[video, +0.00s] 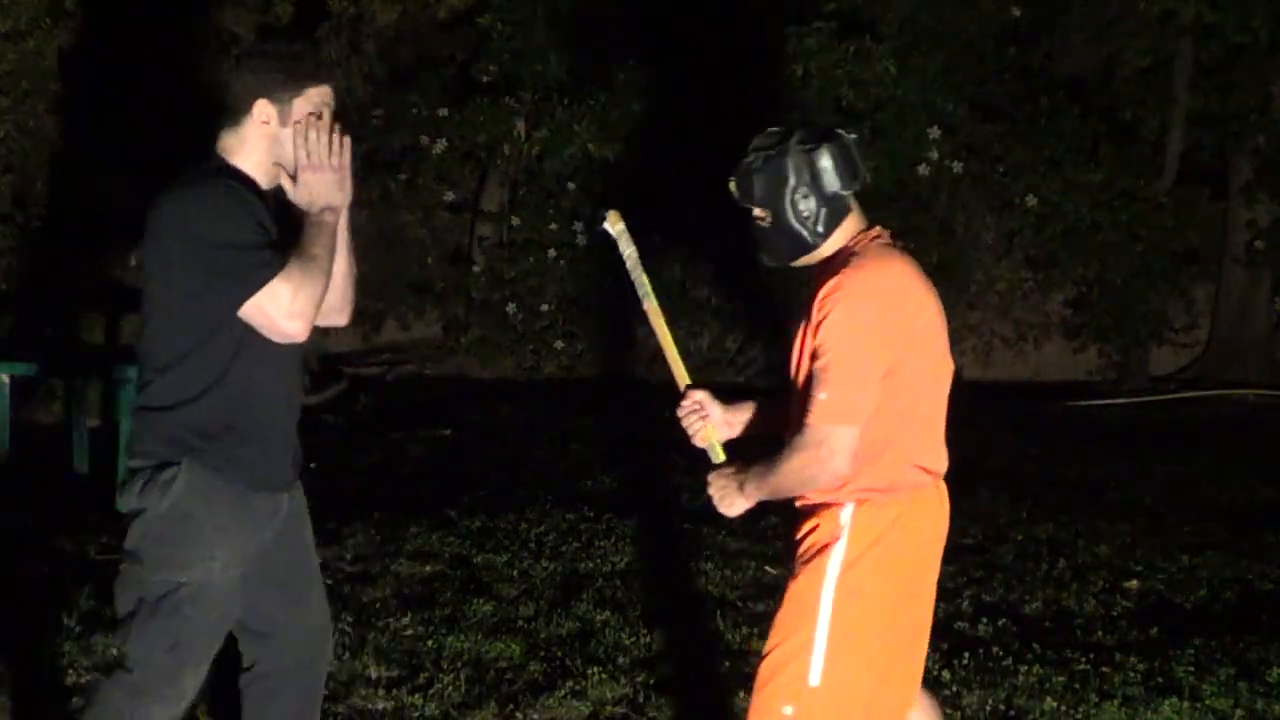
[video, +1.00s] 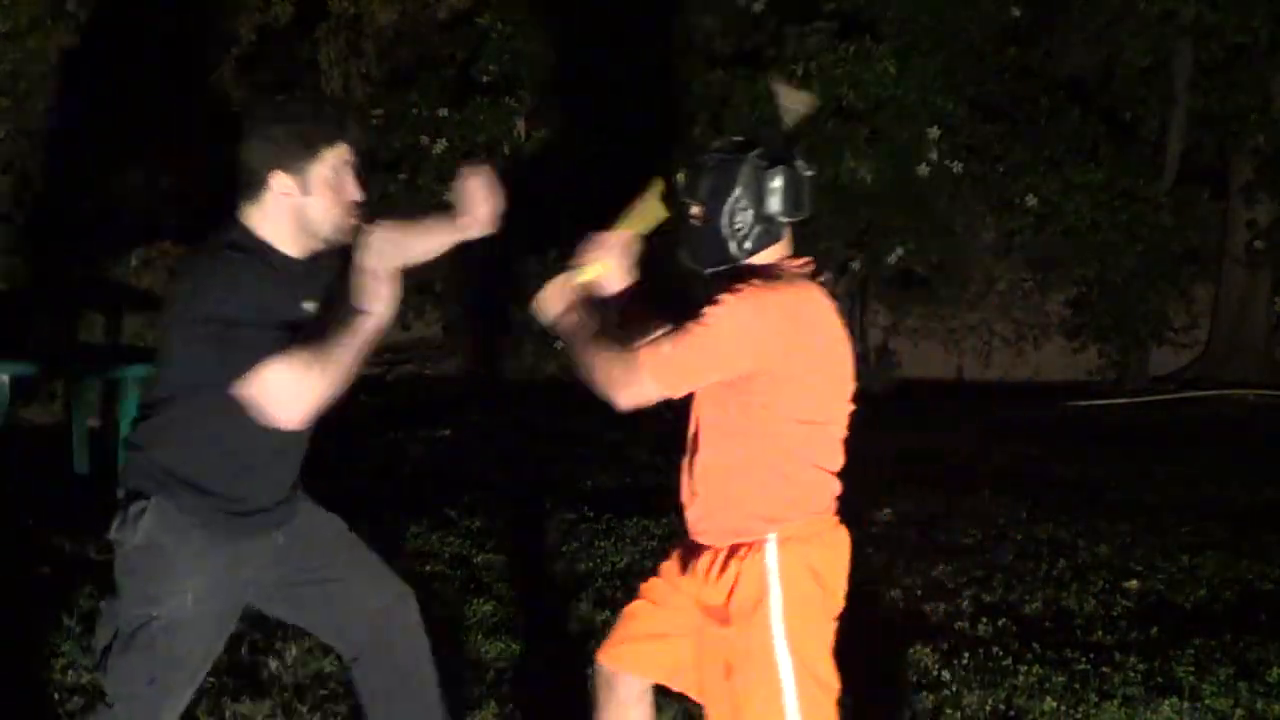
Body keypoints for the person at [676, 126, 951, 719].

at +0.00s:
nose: (756, 223)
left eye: (762, 208)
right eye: (754, 209)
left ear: (799, 206)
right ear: (827, 195)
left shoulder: (858, 290)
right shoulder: (875, 274)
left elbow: (828, 455)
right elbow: (828, 407)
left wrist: (749, 484)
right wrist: (737, 418)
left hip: (865, 527)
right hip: (887, 519)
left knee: (797, 703)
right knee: (884, 689)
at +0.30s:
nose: (825, 220)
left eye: (835, 204)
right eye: (823, 204)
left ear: (876, 202)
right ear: (886, 202)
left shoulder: (928, 282)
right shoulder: (901, 280)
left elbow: (904, 432)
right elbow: (867, 407)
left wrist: (813, 474)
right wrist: (781, 421)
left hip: (922, 527)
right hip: (894, 521)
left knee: (849, 700)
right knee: (894, 704)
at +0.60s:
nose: (849, 205)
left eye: (858, 190)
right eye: (850, 189)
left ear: (893, 194)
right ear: (923, 195)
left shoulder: (914, 279)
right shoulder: (942, 275)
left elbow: (831, 403)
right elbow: (869, 405)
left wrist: (754, 458)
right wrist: (766, 424)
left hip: (893, 539)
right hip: (908, 533)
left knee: (877, 706)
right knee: (899, 703)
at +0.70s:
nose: (828, 215)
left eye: (839, 201)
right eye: (830, 200)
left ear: (876, 207)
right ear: (908, 210)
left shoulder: (886, 291)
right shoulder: (937, 290)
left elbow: (754, 374)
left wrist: (708, 379)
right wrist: (773, 348)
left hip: (881, 550)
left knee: (862, 708)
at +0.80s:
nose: (791, 221)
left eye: (801, 209)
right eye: (791, 208)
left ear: (840, 216)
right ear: (867, 217)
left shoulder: (836, 298)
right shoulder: (921, 300)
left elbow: (712, 344)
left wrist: (745, 313)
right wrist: (781, 310)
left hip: (851, 554)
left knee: (845, 708)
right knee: (726, 652)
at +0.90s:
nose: (742, 221)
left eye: (750, 210)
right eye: (744, 208)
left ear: (780, 217)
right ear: (828, 213)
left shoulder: (785, 297)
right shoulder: (867, 289)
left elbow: (676, 350)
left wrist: (676, 276)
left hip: (816, 553)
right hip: (763, 550)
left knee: (825, 709)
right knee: (672, 657)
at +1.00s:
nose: (692, 224)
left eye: (703, 210)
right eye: (694, 209)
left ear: (738, 218)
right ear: (772, 218)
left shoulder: (774, 312)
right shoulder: (752, 305)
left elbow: (627, 384)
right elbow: (666, 356)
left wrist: (570, 316)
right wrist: (622, 294)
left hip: (777, 557)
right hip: (710, 555)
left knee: (782, 711)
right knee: (622, 671)